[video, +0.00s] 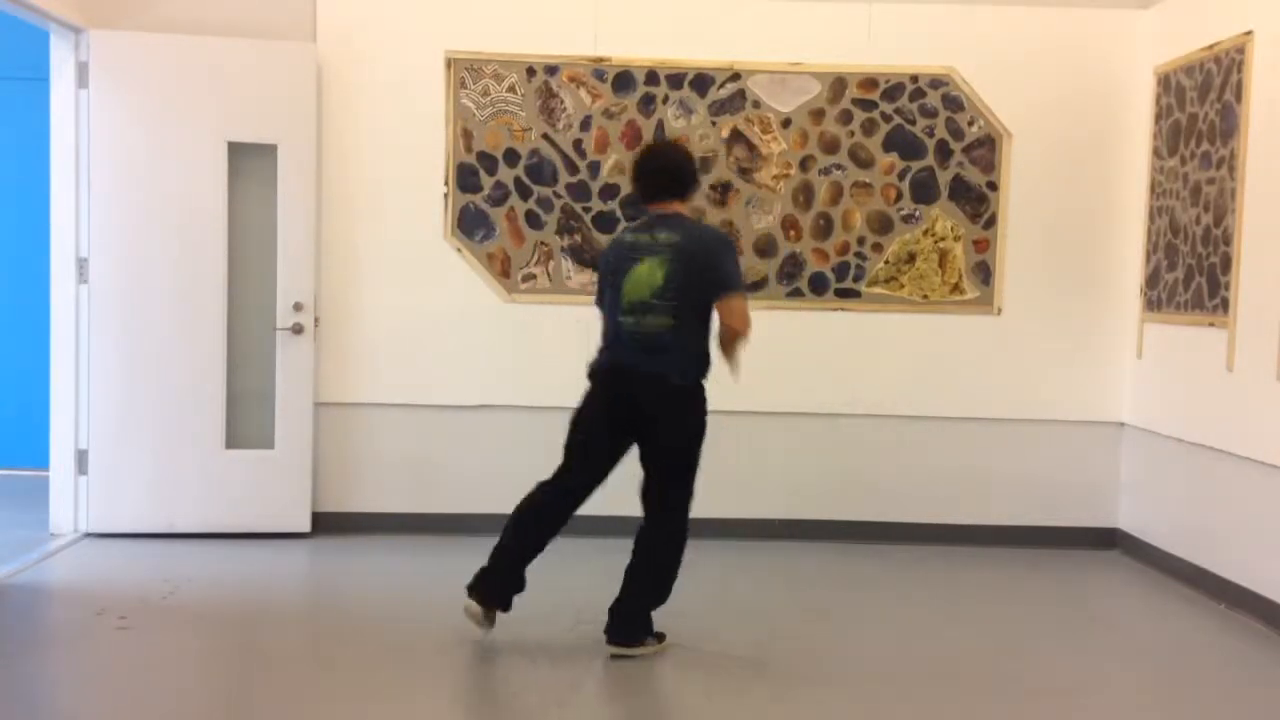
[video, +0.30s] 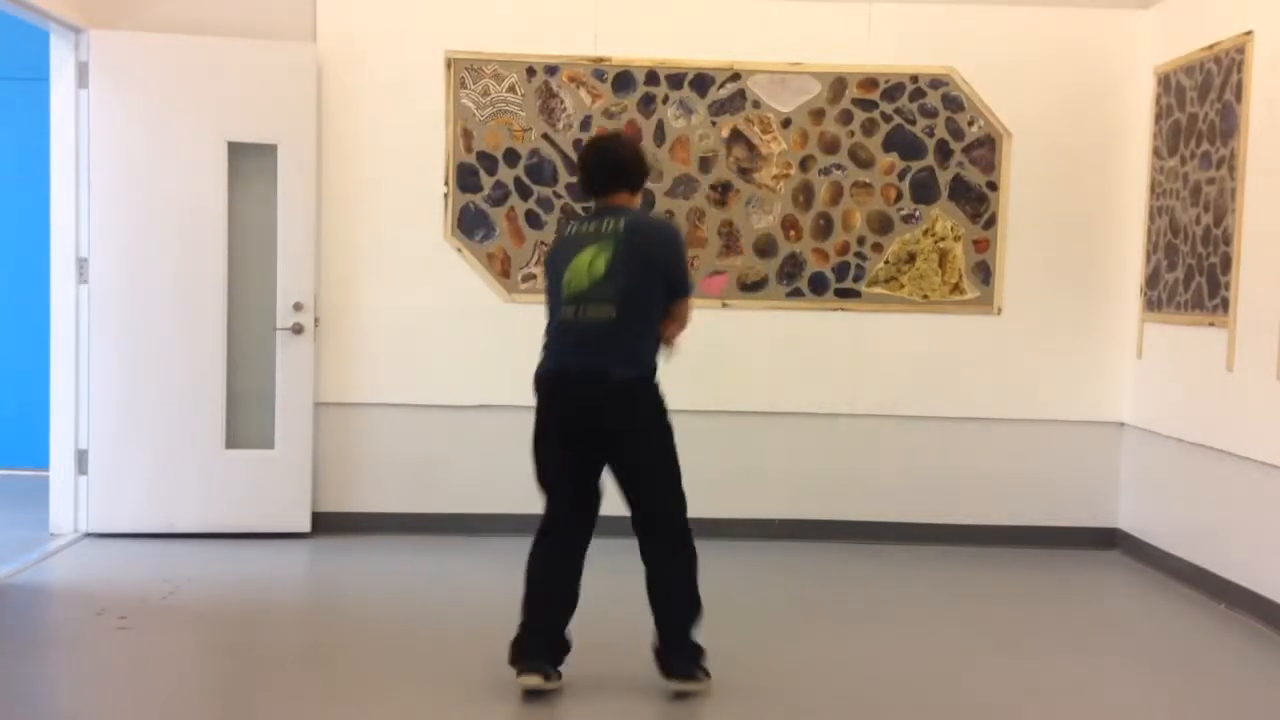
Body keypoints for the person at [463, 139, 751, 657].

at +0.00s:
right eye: (689, 183)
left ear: (639, 190)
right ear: (690, 187)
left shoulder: (620, 246)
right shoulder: (711, 243)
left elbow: (612, 316)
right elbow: (736, 324)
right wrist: (728, 344)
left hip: (613, 390)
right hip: (675, 398)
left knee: (567, 486)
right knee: (666, 514)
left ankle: (491, 587)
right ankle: (629, 627)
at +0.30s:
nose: (642, 187)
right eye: (641, 178)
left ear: (585, 182)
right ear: (640, 182)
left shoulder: (564, 239)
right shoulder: (658, 235)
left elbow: (576, 312)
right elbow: (676, 320)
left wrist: (653, 323)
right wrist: (626, 317)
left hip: (561, 399)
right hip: (629, 401)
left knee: (565, 517)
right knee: (663, 522)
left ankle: (537, 654)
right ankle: (679, 655)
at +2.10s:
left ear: (822, 164)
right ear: (887, 162)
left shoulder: (793, 234)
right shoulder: (922, 228)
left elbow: (724, 309)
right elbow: (970, 322)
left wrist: (664, 372)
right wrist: (1007, 411)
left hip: (819, 421)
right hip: (898, 417)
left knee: (857, 566)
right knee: (904, 564)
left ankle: (896, 698)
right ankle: (845, 701)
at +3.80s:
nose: (478, 195)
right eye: (477, 187)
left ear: (415, 185)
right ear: (474, 187)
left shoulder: (371, 243)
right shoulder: (487, 236)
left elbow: (344, 346)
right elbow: (524, 328)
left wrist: (341, 425)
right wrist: (543, 409)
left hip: (388, 413)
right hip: (467, 411)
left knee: (390, 543)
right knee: (493, 527)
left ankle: (380, 682)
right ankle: (536, 654)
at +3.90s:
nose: (496, 219)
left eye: (493, 212)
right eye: (496, 210)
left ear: (434, 201)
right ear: (490, 208)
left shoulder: (385, 254)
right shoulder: (494, 255)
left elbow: (332, 339)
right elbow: (523, 344)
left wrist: (281, 404)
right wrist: (557, 429)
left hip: (386, 418)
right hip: (463, 417)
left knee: (390, 551)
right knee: (514, 539)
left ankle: (383, 685)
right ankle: (565, 660)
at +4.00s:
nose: (522, 213)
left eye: (523, 203)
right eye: (521, 202)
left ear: (464, 185)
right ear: (506, 194)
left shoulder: (409, 226)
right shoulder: (510, 235)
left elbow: (323, 269)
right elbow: (535, 319)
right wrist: (586, 403)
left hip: (397, 396)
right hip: (469, 398)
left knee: (409, 531)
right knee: (516, 527)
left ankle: (387, 672)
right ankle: (506, 662)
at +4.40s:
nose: (648, 367)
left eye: (656, 361)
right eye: (653, 357)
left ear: (631, 324)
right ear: (640, 342)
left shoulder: (585, 345)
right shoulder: (564, 325)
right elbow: (471, 336)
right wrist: (416, 372)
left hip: (466, 441)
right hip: (423, 430)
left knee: (492, 542)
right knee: (426, 573)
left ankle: (484, 628)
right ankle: (399, 705)